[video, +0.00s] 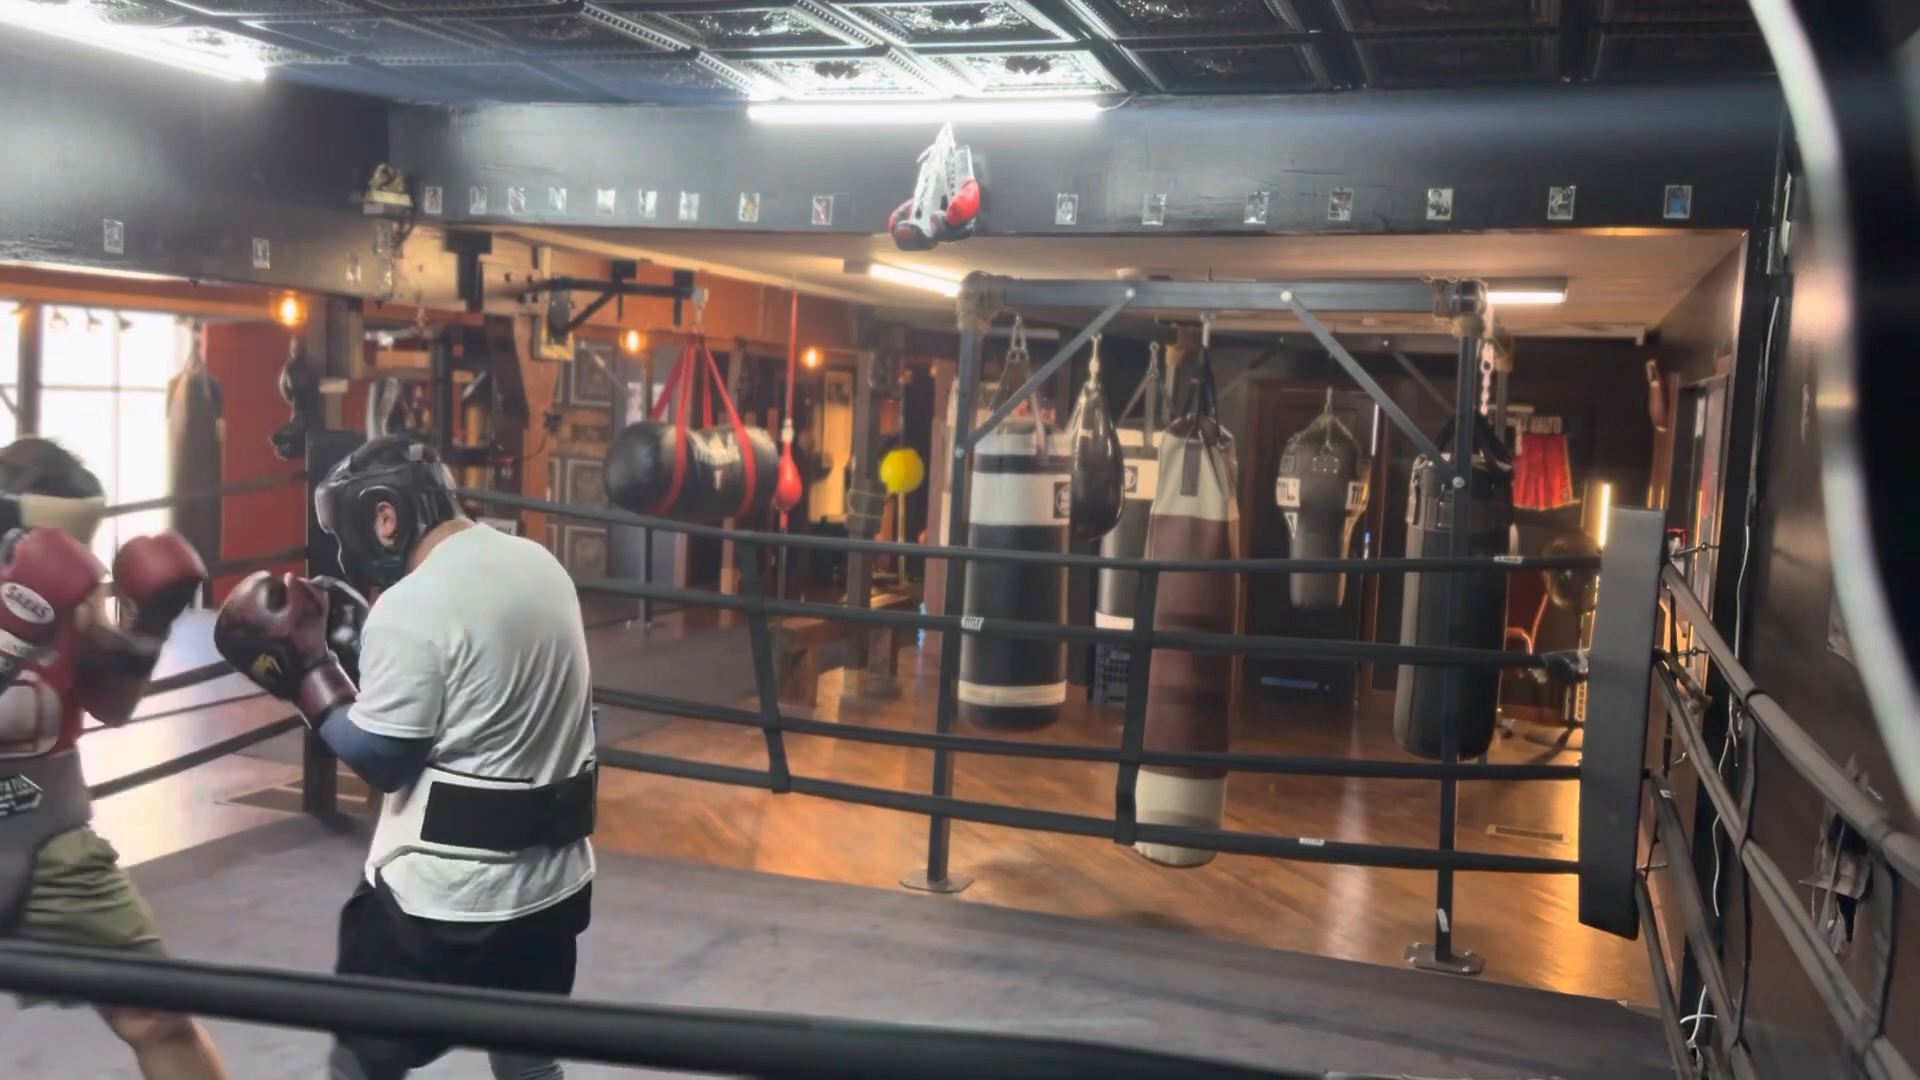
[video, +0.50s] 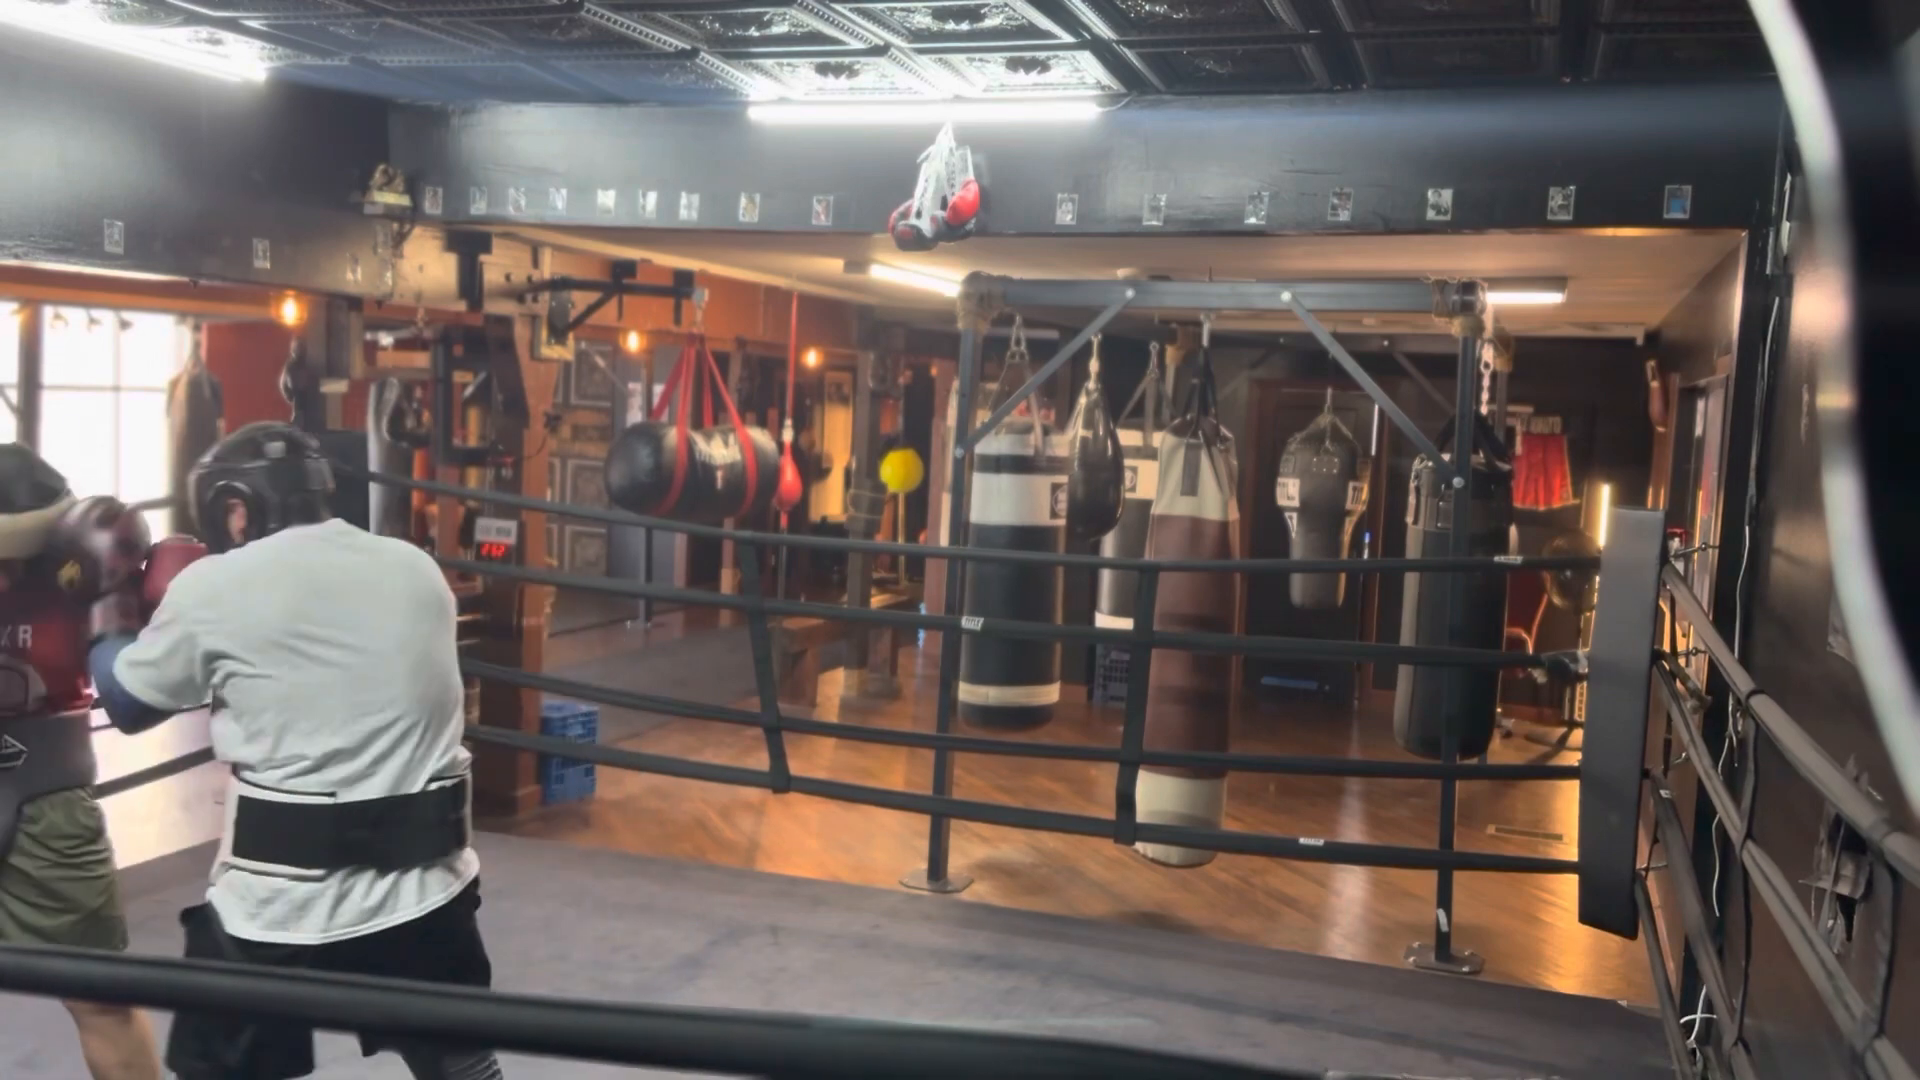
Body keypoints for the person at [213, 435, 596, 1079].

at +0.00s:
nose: (348, 547)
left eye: (348, 528)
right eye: (342, 531)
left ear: (388, 517)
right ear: (443, 501)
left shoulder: (411, 610)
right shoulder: (541, 565)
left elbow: (384, 763)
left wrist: (308, 668)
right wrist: (365, 639)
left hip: (443, 901)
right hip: (553, 890)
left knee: (363, 1060)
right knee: (530, 1062)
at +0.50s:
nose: (211, 533)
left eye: (214, 517)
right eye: (211, 517)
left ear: (240, 514)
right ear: (322, 498)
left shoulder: (212, 588)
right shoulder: (419, 567)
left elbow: (128, 702)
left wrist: (109, 618)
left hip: (276, 925)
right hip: (429, 911)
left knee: (212, 1065)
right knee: (467, 1066)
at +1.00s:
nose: (255, 508)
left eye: (260, 494)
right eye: (258, 495)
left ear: (277, 494)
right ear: (369, 497)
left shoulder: (211, 583)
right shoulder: (450, 580)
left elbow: (159, 728)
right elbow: (466, 725)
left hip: (240, 896)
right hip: (393, 895)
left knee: (204, 1062)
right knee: (420, 1063)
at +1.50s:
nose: (103, 522)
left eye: (110, 509)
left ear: (127, 514)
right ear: (219, 507)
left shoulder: (80, 591)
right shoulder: (302, 569)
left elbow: (33, 728)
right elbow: (294, 686)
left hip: (142, 893)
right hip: (291, 882)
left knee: (115, 1052)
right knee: (341, 1051)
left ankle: (111, 1060)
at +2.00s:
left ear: (215, 488)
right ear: (306, 496)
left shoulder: (144, 553)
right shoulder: (361, 578)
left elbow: (71, 660)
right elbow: (355, 731)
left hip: (135, 854)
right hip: (272, 863)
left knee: (112, 1017)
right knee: (313, 1049)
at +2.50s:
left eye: (133, 485)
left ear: (142, 488)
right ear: (227, 484)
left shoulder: (106, 545)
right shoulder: (296, 550)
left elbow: (31, 568)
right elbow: (318, 644)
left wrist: (77, 517)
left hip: (135, 823)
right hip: (265, 820)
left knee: (107, 996)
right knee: (307, 1012)